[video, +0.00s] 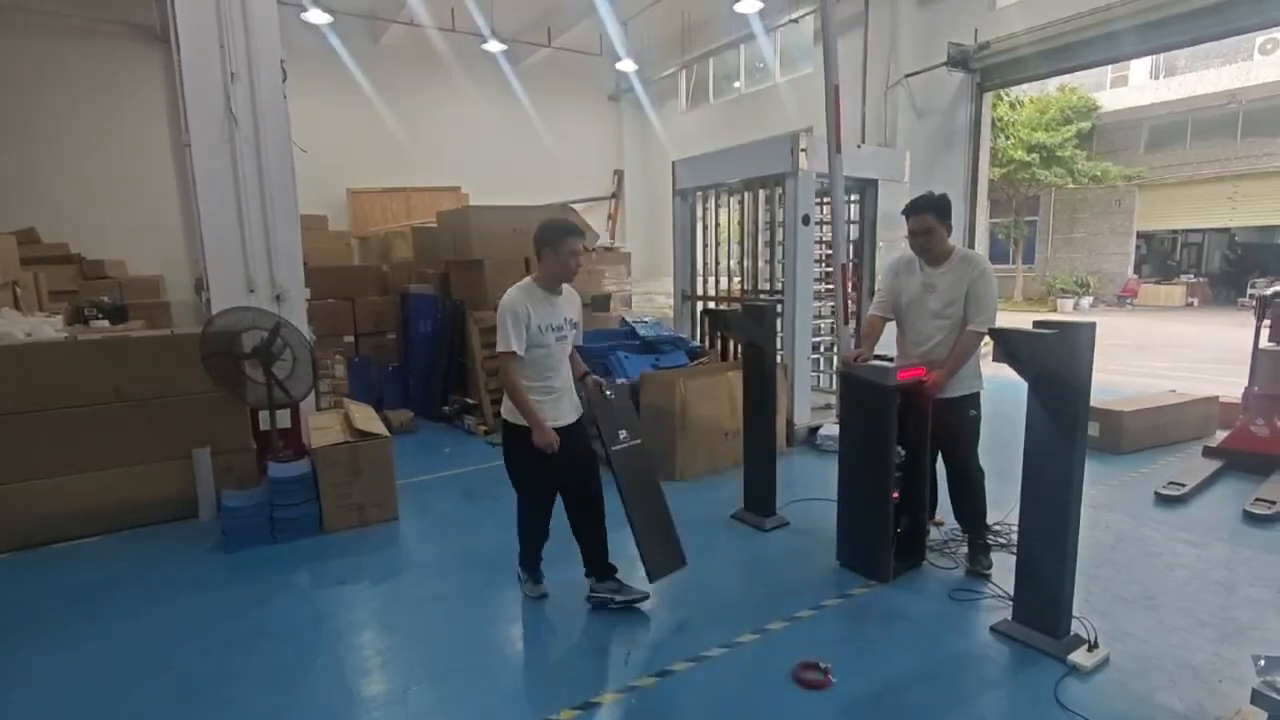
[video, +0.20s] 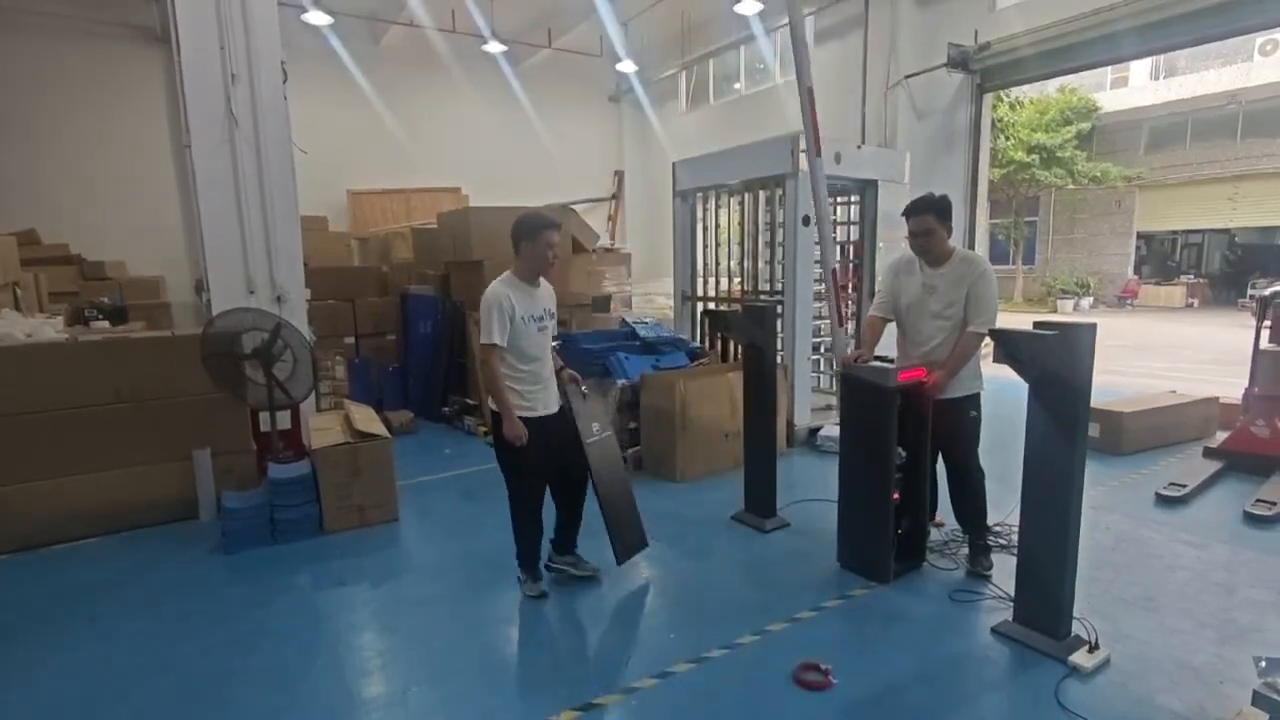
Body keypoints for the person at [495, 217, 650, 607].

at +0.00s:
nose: (580, 263)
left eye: (581, 255)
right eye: (573, 255)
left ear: (573, 256)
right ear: (546, 254)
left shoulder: (571, 298)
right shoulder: (515, 303)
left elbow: (568, 350)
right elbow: (509, 371)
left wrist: (586, 376)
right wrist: (537, 423)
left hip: (569, 421)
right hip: (527, 427)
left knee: (588, 503)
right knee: (535, 506)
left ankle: (601, 579)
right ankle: (530, 567)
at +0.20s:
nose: (555, 255)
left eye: (557, 248)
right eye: (548, 247)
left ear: (550, 249)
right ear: (523, 247)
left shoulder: (546, 291)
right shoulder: (497, 295)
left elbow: (543, 345)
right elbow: (489, 359)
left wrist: (562, 371)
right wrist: (507, 414)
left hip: (553, 413)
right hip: (518, 419)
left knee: (574, 478)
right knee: (526, 497)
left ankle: (563, 552)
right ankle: (529, 569)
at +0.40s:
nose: (540, 254)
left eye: (541, 247)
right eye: (533, 246)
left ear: (533, 249)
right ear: (510, 247)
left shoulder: (532, 291)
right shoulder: (486, 295)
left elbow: (528, 348)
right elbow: (477, 359)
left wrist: (550, 371)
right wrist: (488, 413)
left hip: (540, 406)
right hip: (509, 413)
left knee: (550, 471)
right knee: (520, 490)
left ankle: (520, 521)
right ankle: (527, 566)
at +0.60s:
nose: (531, 261)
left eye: (534, 254)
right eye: (526, 253)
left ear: (529, 256)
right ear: (503, 252)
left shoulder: (524, 294)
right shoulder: (479, 296)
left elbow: (521, 346)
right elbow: (468, 355)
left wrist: (543, 371)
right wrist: (483, 405)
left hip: (526, 403)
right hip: (499, 408)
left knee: (519, 473)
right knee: (510, 481)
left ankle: (501, 524)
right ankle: (526, 555)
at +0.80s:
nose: (524, 261)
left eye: (526, 255)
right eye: (520, 254)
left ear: (512, 255)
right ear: (498, 251)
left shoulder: (516, 291)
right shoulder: (468, 292)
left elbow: (518, 340)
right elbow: (457, 346)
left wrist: (539, 366)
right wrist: (475, 393)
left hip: (518, 398)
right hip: (488, 402)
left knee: (514, 469)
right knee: (497, 475)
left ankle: (509, 526)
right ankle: (499, 544)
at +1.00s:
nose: (512, 260)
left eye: (514, 255)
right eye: (506, 253)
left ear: (513, 256)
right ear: (485, 252)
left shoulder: (509, 292)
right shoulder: (459, 294)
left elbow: (514, 338)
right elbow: (449, 348)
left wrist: (537, 364)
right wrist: (465, 394)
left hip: (512, 397)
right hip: (478, 401)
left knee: (513, 466)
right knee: (481, 467)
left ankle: (508, 526)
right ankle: (479, 520)